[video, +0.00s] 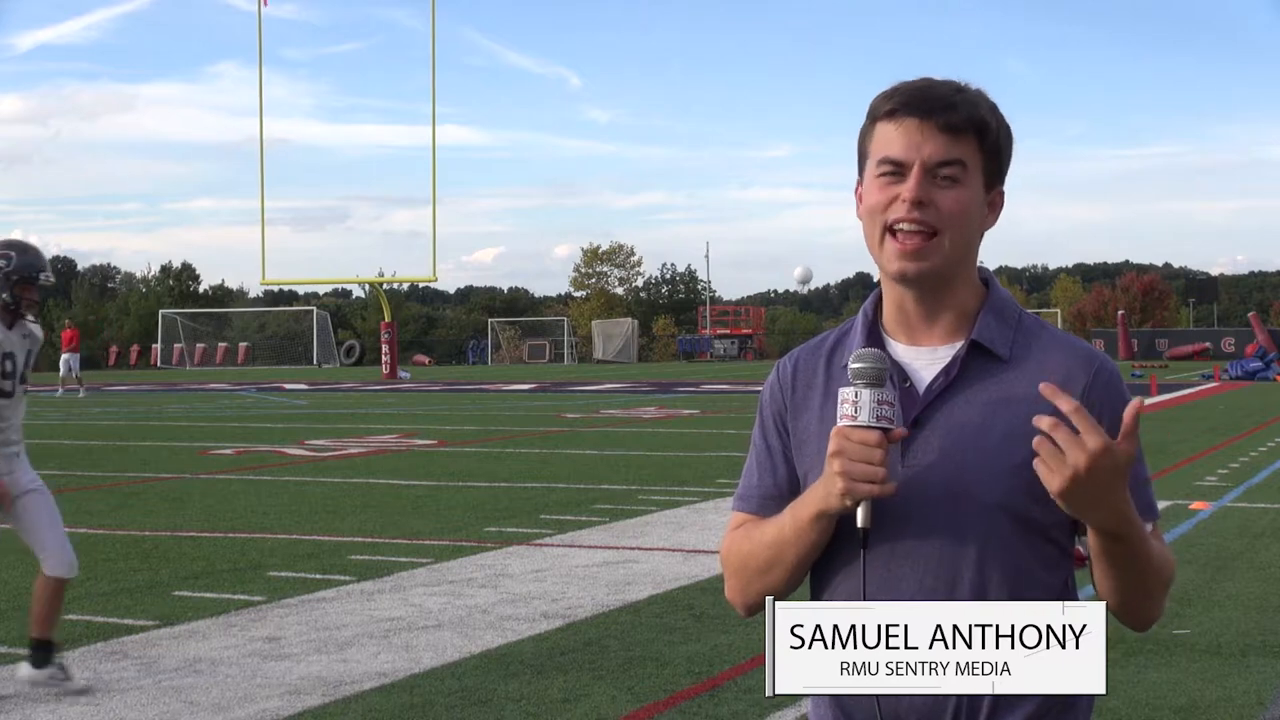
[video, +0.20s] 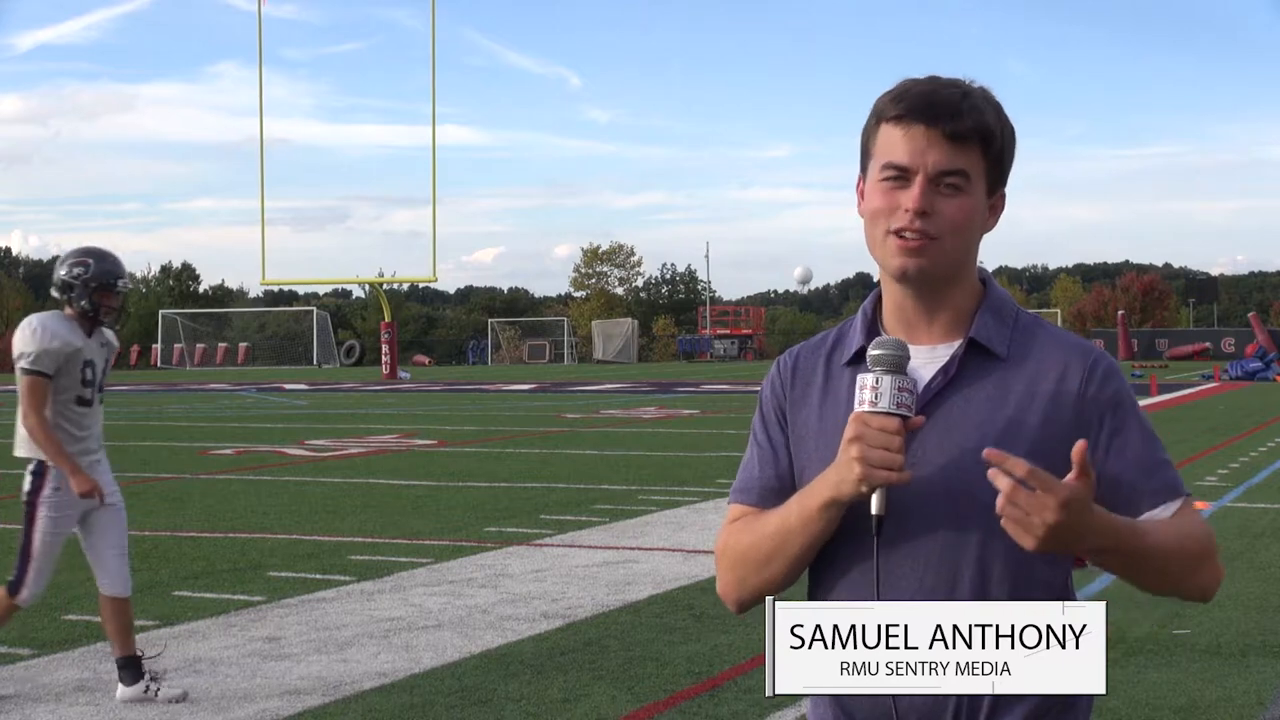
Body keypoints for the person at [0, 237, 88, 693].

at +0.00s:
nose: (34, 294)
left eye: (37, 286)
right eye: (26, 285)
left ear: (37, 288)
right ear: (4, 285)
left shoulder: (30, 336)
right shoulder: (3, 334)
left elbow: (13, 399)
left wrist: (15, 462)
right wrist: (3, 477)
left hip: (15, 464)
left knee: (59, 561)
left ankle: (41, 659)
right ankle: (37, 659)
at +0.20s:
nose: (114, 300)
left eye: (117, 292)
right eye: (105, 292)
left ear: (117, 294)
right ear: (76, 291)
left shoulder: (107, 342)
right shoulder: (43, 332)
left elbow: (83, 404)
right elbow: (32, 416)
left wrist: (92, 462)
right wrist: (73, 471)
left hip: (97, 470)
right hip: (51, 474)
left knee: (116, 577)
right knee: (23, 590)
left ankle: (131, 679)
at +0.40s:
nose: (182, 290)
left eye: (185, 281)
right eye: (174, 281)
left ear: (182, 282)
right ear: (146, 280)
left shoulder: (176, 331)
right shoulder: (111, 323)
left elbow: (164, 406)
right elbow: (98, 406)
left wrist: (182, 468)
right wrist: (116, 476)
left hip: (164, 466)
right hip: (132, 466)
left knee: (149, 575)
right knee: (172, 573)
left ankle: (136, 678)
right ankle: (99, 640)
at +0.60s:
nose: (252, 292)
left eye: (253, 283)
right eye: (243, 284)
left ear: (249, 284)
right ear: (216, 284)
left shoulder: (245, 333)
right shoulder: (179, 329)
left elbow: (258, 398)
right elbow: (160, 413)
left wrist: (310, 444)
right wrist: (163, 486)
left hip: (224, 465)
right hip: (197, 465)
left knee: (179, 575)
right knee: (252, 577)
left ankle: (141, 672)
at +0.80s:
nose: (328, 293)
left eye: (329, 285)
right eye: (321, 285)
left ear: (314, 286)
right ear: (294, 285)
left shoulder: (319, 334)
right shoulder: (258, 332)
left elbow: (330, 404)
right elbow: (242, 419)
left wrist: (379, 450)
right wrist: (247, 496)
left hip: (307, 464)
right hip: (280, 465)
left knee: (298, 583)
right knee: (303, 581)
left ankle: (212, 638)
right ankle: (316, 691)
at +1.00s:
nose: (404, 286)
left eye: (405, 278)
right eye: (397, 278)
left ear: (391, 277)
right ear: (371, 276)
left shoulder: (392, 327)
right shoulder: (332, 320)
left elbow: (374, 396)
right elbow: (328, 407)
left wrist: (381, 456)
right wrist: (360, 475)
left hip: (381, 463)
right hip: (341, 465)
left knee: (426, 568)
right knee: (336, 581)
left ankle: (381, 665)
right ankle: (322, 683)